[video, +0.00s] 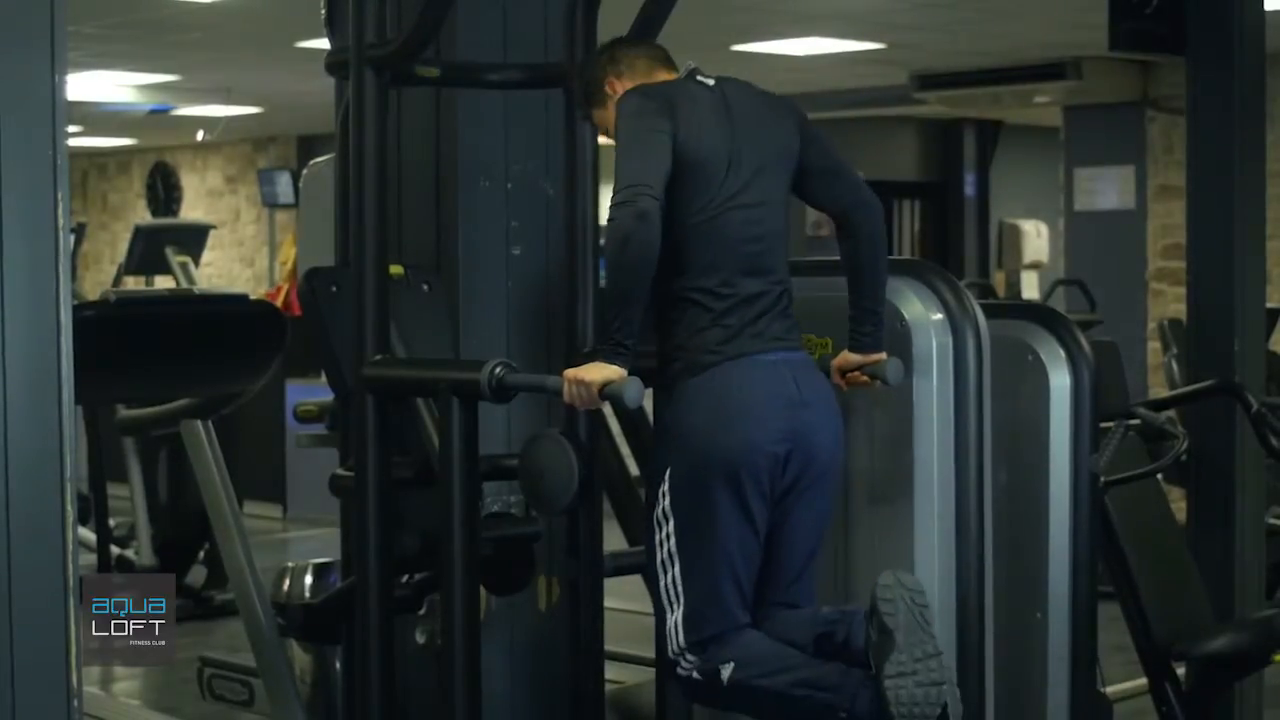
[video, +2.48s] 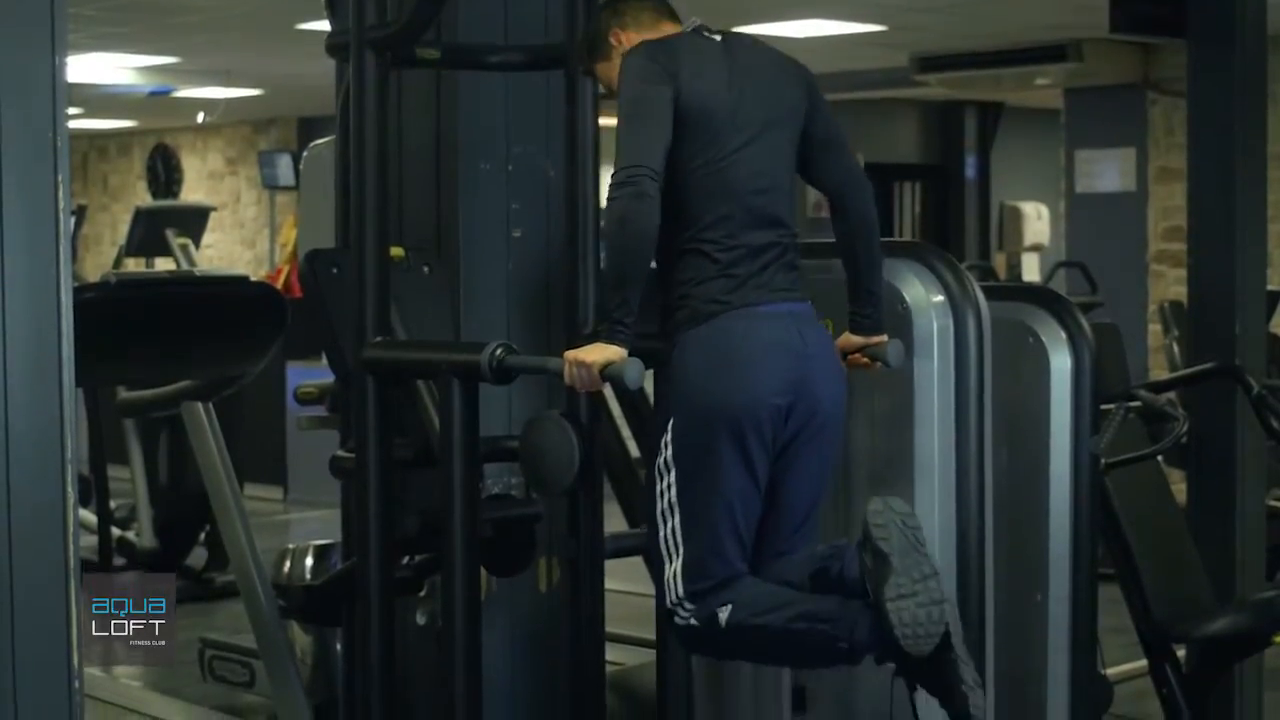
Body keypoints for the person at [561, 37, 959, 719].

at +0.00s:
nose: (612, 140)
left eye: (604, 124)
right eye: (604, 131)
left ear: (616, 89)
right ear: (673, 72)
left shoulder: (647, 106)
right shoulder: (772, 111)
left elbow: (638, 217)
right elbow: (861, 209)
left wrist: (612, 351)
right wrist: (866, 340)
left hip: (715, 398)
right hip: (804, 386)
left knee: (699, 650)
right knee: (771, 616)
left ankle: (870, 700)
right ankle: (867, 633)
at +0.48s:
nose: (611, 120)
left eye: (604, 104)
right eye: (604, 111)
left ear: (621, 72)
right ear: (676, 56)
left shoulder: (652, 94)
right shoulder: (780, 102)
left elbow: (638, 212)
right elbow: (863, 207)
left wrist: (614, 349)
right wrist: (867, 338)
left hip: (720, 387)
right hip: (807, 376)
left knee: (700, 642)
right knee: (770, 607)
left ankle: (881, 697)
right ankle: (876, 626)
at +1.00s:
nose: (595, 225)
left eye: (591, 215)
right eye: (589, 220)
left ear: (604, 189)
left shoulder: (638, 183)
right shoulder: (759, 184)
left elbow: (619, 224)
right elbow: (877, 210)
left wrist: (613, 348)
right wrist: (870, 338)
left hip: (723, 489)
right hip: (809, 471)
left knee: (714, 704)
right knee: (799, 701)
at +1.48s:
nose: (588, 324)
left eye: (584, 309)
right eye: (583, 315)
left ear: (594, 283)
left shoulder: (632, 271)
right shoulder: (740, 248)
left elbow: (627, 213)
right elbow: (858, 213)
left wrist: (612, 347)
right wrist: (866, 337)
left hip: (723, 555)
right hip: (808, 532)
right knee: (816, 708)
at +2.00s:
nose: (598, 201)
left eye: (592, 187)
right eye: (591, 192)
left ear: (606, 154)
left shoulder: (639, 149)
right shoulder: (762, 152)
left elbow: (625, 212)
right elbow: (873, 206)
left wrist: (610, 346)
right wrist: (868, 335)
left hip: (720, 447)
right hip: (805, 431)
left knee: (714, 694)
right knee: (786, 664)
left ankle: (887, 703)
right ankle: (888, 683)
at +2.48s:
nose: (615, 94)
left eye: (609, 79)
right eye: (606, 86)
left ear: (622, 37)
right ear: (676, 20)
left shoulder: (650, 62)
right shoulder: (783, 70)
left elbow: (637, 194)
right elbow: (852, 192)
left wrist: (613, 330)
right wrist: (867, 318)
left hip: (717, 353)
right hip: (808, 346)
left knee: (695, 606)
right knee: (771, 574)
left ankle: (890, 632)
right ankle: (867, 563)